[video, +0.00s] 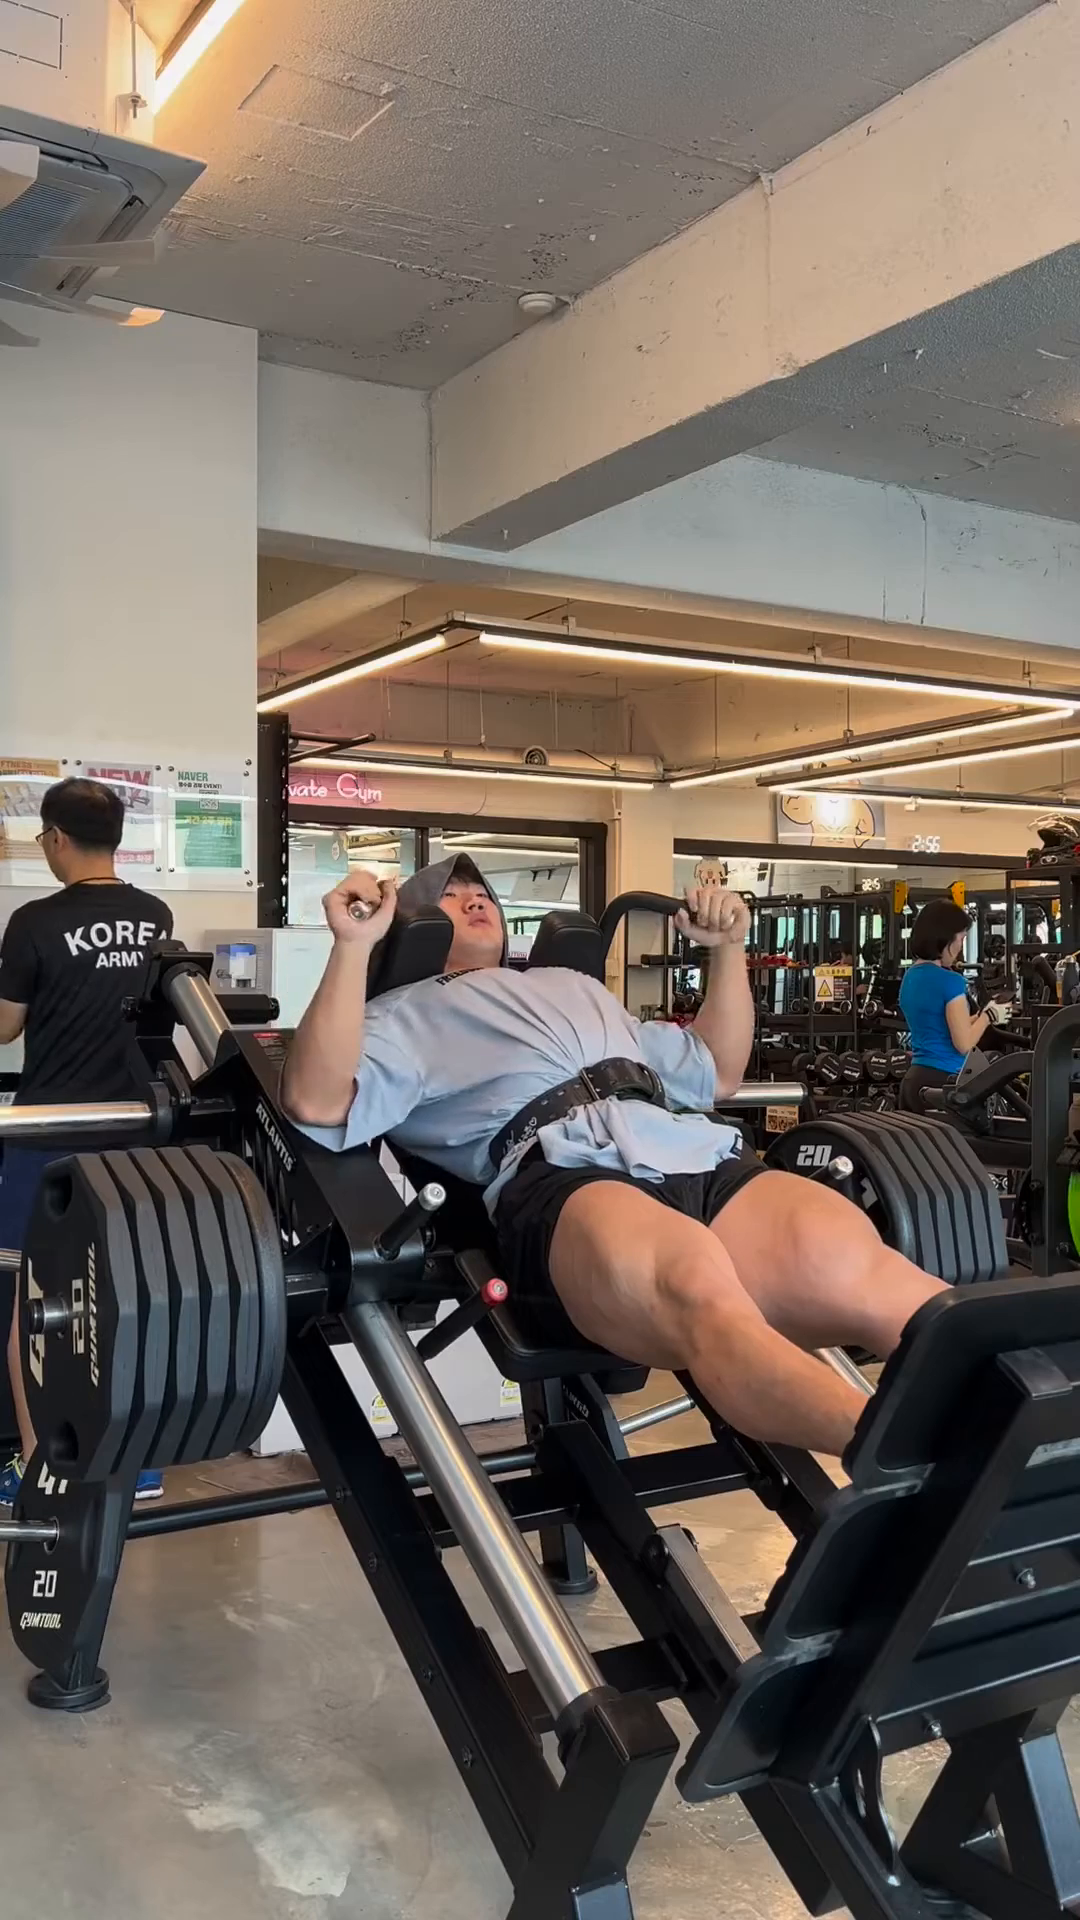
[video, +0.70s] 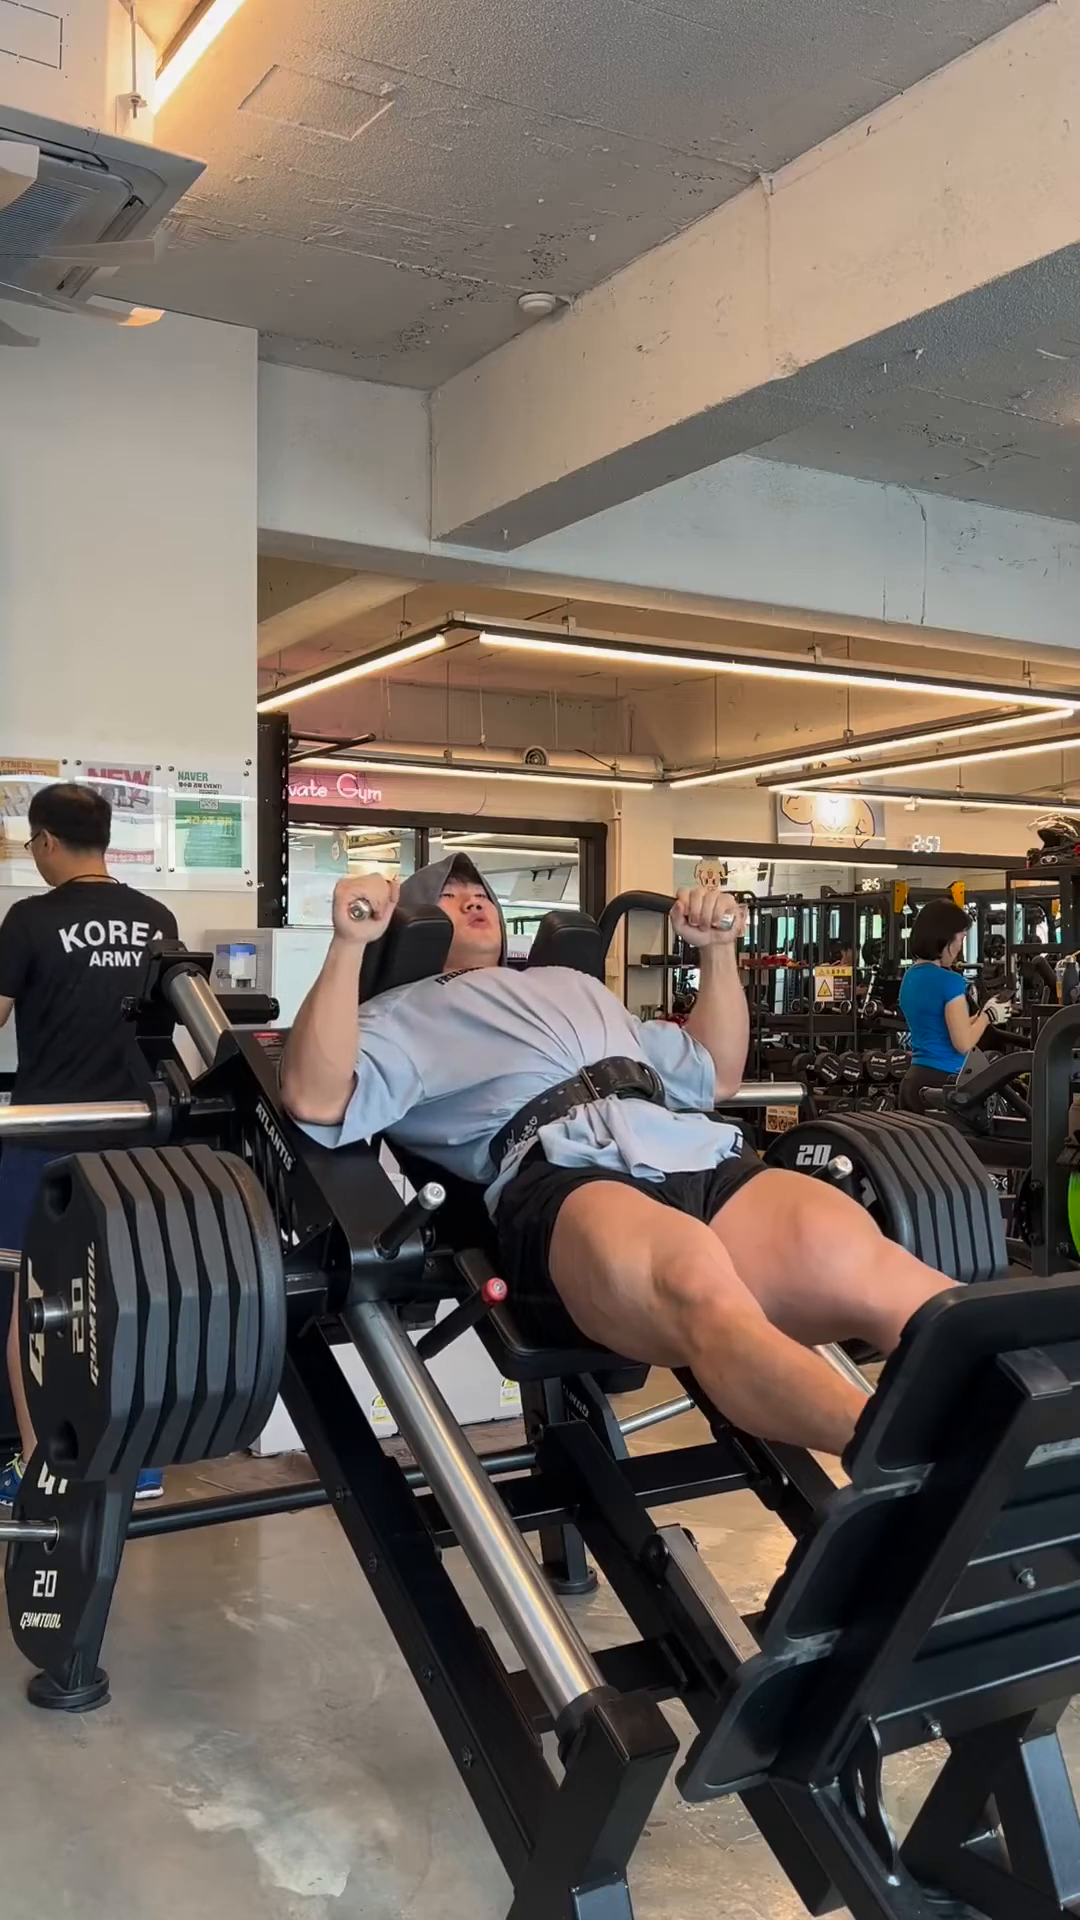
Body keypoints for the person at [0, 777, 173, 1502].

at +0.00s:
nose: (44, 848)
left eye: (44, 837)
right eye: (46, 837)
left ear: (57, 840)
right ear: (115, 840)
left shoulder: (35, 921)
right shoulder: (154, 912)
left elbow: (6, 1024)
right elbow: (161, 1006)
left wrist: (60, 986)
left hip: (47, 1134)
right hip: (136, 1133)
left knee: (25, 1296)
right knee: (131, 1292)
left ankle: (34, 1456)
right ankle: (138, 1461)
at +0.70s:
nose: (31, 854)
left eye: (32, 843)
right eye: (32, 843)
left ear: (46, 842)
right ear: (106, 843)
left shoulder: (30, 919)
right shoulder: (156, 916)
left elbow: (3, 1011)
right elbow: (174, 1013)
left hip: (42, 1134)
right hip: (134, 1135)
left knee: (24, 1297)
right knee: (133, 1294)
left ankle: (34, 1455)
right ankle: (140, 1465)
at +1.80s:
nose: (51, 856)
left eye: (47, 846)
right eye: (64, 847)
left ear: (49, 846)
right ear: (116, 847)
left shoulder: (23, 916)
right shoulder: (159, 917)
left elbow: (4, 1027)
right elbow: (172, 1017)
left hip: (42, 1130)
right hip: (133, 1130)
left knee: (26, 1293)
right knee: (127, 1286)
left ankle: (36, 1456)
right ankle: (124, 1448)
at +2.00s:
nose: (48, 857)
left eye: (45, 847)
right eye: (59, 848)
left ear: (48, 846)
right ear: (116, 849)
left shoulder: (25, 916)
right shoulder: (159, 918)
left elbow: (4, 1027)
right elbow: (173, 1020)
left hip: (44, 1133)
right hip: (139, 1130)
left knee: (21, 1297)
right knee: (128, 1290)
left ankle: (38, 1456)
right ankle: (126, 1448)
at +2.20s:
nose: (47, 858)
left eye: (44, 848)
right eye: (55, 848)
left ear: (48, 846)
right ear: (115, 848)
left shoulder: (25, 916)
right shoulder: (161, 918)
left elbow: (4, 1027)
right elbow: (172, 1021)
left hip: (46, 1137)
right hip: (142, 1134)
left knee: (23, 1302)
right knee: (128, 1296)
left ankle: (40, 1460)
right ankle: (129, 1453)